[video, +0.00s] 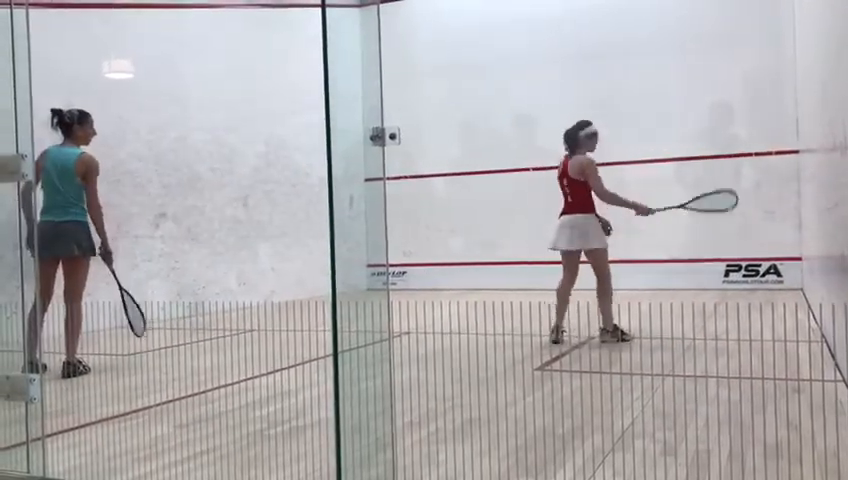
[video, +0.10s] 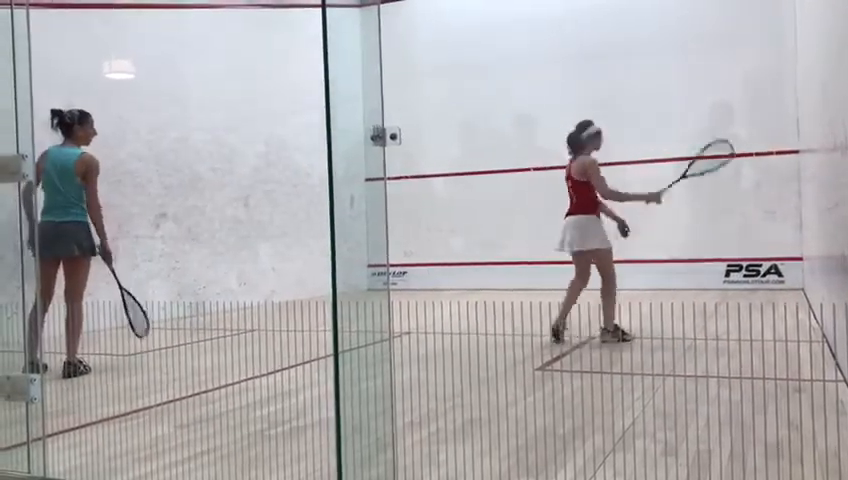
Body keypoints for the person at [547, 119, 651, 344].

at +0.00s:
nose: (596, 141)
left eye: (596, 136)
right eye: (592, 137)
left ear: (575, 141)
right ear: (580, 139)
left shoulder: (564, 164)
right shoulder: (586, 162)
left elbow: (575, 199)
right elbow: (603, 194)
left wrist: (596, 218)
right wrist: (635, 206)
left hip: (566, 222)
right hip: (586, 222)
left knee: (568, 276)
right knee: (603, 275)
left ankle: (557, 327)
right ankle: (608, 327)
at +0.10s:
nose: (601, 141)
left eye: (600, 137)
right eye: (598, 137)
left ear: (580, 141)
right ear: (589, 140)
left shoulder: (572, 165)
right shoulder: (589, 163)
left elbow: (593, 201)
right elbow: (605, 193)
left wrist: (618, 219)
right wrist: (646, 197)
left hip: (573, 224)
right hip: (590, 224)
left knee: (581, 276)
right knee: (608, 276)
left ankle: (560, 322)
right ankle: (609, 326)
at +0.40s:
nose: (599, 138)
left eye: (597, 135)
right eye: (595, 136)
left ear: (584, 143)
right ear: (586, 142)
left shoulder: (591, 162)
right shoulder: (581, 168)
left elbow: (620, 173)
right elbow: (608, 195)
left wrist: (654, 167)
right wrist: (638, 181)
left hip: (583, 225)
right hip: (585, 226)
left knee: (599, 272)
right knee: (609, 274)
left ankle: (569, 309)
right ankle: (612, 327)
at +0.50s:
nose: (595, 140)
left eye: (593, 137)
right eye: (592, 138)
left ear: (580, 144)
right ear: (582, 144)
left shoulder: (589, 162)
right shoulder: (575, 171)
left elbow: (615, 173)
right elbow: (601, 198)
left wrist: (648, 166)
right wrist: (625, 178)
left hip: (582, 226)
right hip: (580, 227)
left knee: (595, 273)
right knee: (605, 275)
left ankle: (565, 311)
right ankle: (612, 328)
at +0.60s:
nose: (590, 143)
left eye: (588, 140)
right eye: (586, 140)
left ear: (575, 148)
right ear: (576, 147)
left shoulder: (582, 165)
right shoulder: (570, 174)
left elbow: (598, 185)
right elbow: (592, 202)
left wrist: (628, 188)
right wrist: (608, 181)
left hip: (575, 228)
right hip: (575, 230)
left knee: (588, 274)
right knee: (602, 274)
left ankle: (562, 316)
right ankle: (612, 327)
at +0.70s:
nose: (582, 150)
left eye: (581, 147)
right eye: (577, 147)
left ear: (565, 156)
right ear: (567, 154)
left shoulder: (560, 179)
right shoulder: (569, 181)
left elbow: (568, 203)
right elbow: (594, 202)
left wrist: (586, 210)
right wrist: (604, 187)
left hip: (558, 233)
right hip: (569, 234)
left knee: (577, 277)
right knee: (595, 278)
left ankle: (557, 320)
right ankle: (611, 327)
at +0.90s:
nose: (563, 154)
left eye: (561, 150)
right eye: (561, 151)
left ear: (540, 153)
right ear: (557, 154)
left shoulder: (529, 176)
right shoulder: (562, 178)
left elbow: (520, 200)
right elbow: (580, 200)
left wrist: (521, 217)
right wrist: (592, 198)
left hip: (531, 234)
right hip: (552, 233)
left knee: (556, 277)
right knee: (578, 278)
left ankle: (554, 320)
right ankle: (563, 319)